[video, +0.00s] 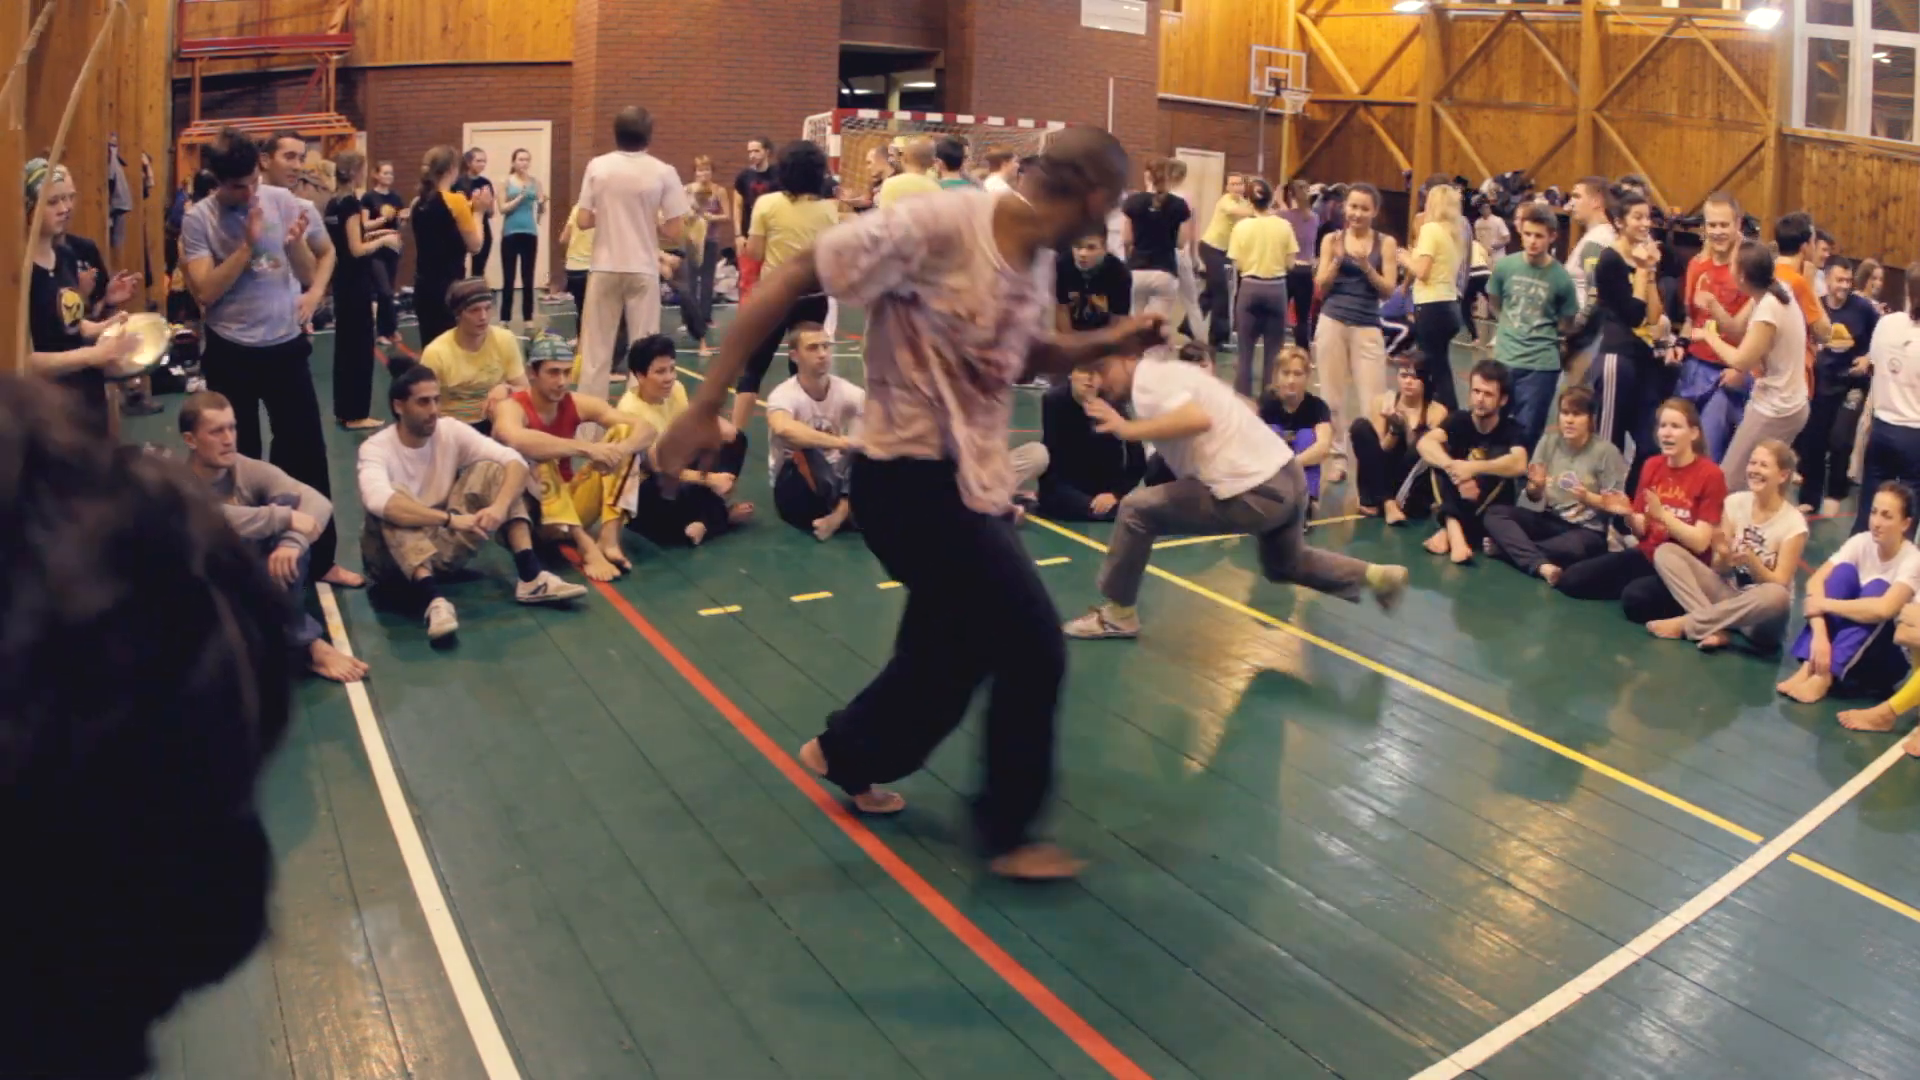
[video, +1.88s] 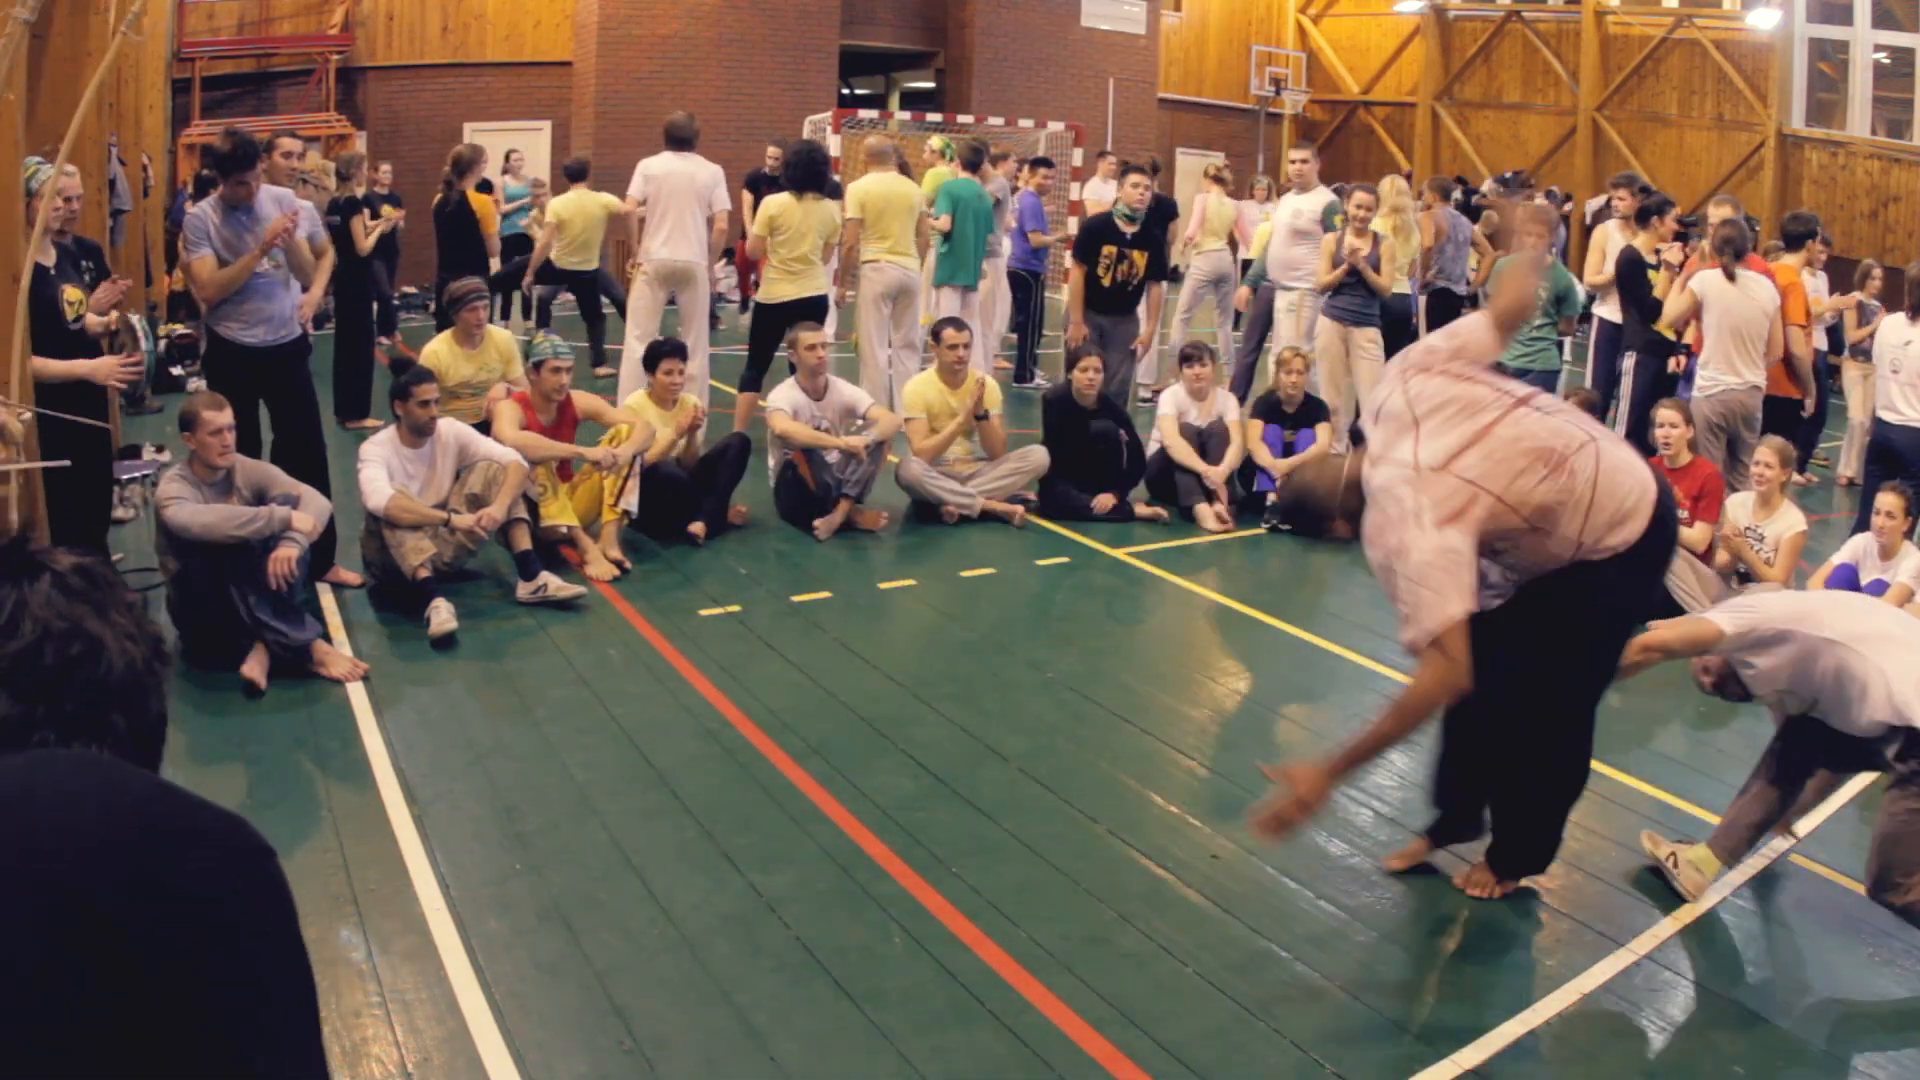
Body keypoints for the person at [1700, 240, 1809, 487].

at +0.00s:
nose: (1731, 273)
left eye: (1733, 268)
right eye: (1732, 267)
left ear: (1742, 276)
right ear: (1767, 269)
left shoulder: (1769, 307)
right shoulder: (1780, 292)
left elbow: (1741, 361)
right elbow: (1735, 328)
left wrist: (1710, 337)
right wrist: (1714, 308)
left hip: (1772, 411)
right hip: (1791, 405)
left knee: (1729, 478)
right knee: (1764, 476)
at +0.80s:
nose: (1721, 254)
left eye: (1725, 249)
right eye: (1722, 248)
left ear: (1734, 256)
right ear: (1760, 254)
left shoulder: (1752, 292)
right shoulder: (1774, 287)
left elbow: (1739, 355)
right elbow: (1758, 341)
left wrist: (1692, 355)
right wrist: (1720, 335)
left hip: (1756, 404)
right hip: (1780, 400)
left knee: (1722, 477)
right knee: (1758, 477)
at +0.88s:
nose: (1719, 251)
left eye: (1723, 245)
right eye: (1720, 244)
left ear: (1733, 253)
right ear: (1755, 253)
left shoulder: (1747, 292)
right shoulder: (1774, 288)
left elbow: (1742, 355)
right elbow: (1763, 345)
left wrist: (1701, 375)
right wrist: (1723, 351)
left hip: (1750, 400)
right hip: (1777, 395)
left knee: (1718, 480)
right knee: (1759, 482)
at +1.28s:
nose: (1715, 247)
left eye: (1719, 242)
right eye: (1717, 240)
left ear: (1728, 248)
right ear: (1753, 249)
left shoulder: (1717, 283)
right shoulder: (1769, 285)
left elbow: (1704, 348)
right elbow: (1775, 345)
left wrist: (1683, 395)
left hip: (1726, 395)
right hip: (1763, 395)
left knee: (1713, 481)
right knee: (1747, 480)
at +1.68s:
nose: (1711, 238)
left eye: (1715, 236)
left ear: (1718, 247)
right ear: (1750, 248)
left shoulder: (1705, 283)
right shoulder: (1768, 288)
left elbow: (1690, 345)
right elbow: (1774, 349)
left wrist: (1679, 363)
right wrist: (1752, 368)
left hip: (1713, 390)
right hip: (1753, 391)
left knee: (1708, 477)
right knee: (1744, 476)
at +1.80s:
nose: (1708, 240)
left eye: (1712, 237)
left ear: (1715, 246)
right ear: (1748, 248)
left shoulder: (1703, 282)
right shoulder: (1767, 287)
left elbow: (1676, 333)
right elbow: (1776, 350)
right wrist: (1752, 367)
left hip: (1710, 391)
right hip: (1751, 392)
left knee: (1708, 475)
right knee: (1744, 475)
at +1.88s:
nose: (1707, 244)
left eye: (1710, 239)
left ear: (1713, 247)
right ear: (1747, 249)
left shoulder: (1703, 280)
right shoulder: (1767, 287)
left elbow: (1670, 317)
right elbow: (1776, 350)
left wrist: (1680, 274)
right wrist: (1751, 368)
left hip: (1710, 390)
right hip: (1751, 391)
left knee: (1708, 474)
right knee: (1744, 474)